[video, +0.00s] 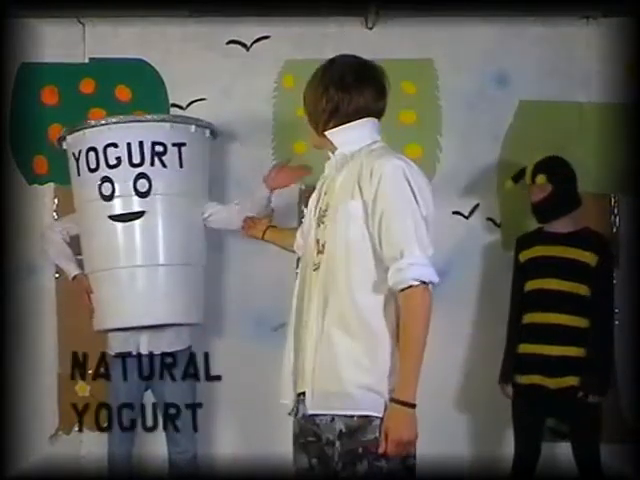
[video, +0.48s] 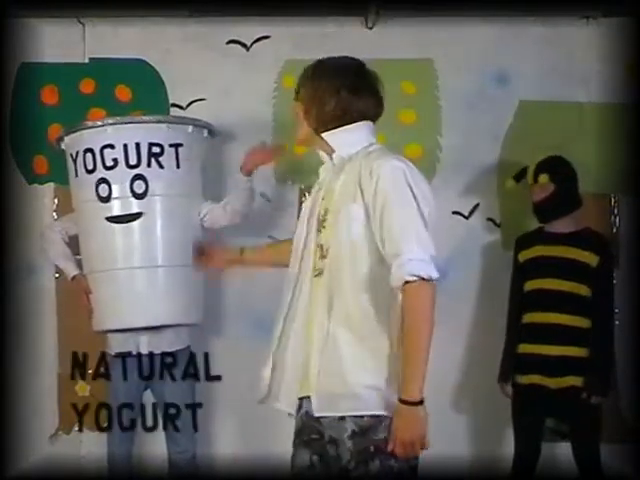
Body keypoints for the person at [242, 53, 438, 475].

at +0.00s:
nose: (306, 116)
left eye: (310, 104)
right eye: (307, 105)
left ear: (326, 106)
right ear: (368, 105)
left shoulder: (389, 171)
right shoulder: (333, 178)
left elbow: (415, 287)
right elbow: (321, 247)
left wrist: (404, 401)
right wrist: (263, 231)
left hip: (367, 414)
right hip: (313, 409)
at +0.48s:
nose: (297, 112)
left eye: (301, 101)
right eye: (298, 101)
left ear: (322, 105)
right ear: (354, 105)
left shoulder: (387, 172)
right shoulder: (327, 182)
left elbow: (418, 282)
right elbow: (309, 252)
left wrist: (411, 400)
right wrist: (233, 257)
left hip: (371, 411)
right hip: (315, 406)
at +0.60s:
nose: (292, 102)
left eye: (303, 89)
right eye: (291, 92)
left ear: (340, 95)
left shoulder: (387, 171)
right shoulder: (318, 185)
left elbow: (414, 280)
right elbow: (288, 270)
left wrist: (396, 396)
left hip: (380, 414)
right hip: (322, 410)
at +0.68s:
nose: (303, 102)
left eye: (316, 87)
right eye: (296, 93)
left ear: (351, 95)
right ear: (292, 107)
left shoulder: (397, 172)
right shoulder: (306, 191)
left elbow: (424, 284)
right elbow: (284, 291)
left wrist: (382, 383)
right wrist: (250, 368)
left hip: (391, 410)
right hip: (322, 412)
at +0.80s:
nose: (320, 106)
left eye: (332, 91)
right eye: (307, 96)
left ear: (359, 101)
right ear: (297, 111)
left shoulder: (411, 172)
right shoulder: (294, 196)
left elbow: (442, 276)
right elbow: (290, 305)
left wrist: (421, 364)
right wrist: (288, 391)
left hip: (403, 405)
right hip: (328, 410)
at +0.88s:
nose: (325, 105)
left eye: (338, 91)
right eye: (312, 94)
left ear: (363, 102)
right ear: (299, 107)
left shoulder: (414, 172)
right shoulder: (287, 197)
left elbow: (455, 274)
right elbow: (290, 303)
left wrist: (474, 368)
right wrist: (302, 390)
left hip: (413, 405)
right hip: (336, 409)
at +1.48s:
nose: (366, 108)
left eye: (379, 93)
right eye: (348, 97)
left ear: (397, 103)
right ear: (328, 112)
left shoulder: (442, 174)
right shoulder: (300, 206)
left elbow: (476, 262)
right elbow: (296, 331)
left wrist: (520, 346)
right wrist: (338, 431)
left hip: (429, 422)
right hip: (342, 426)